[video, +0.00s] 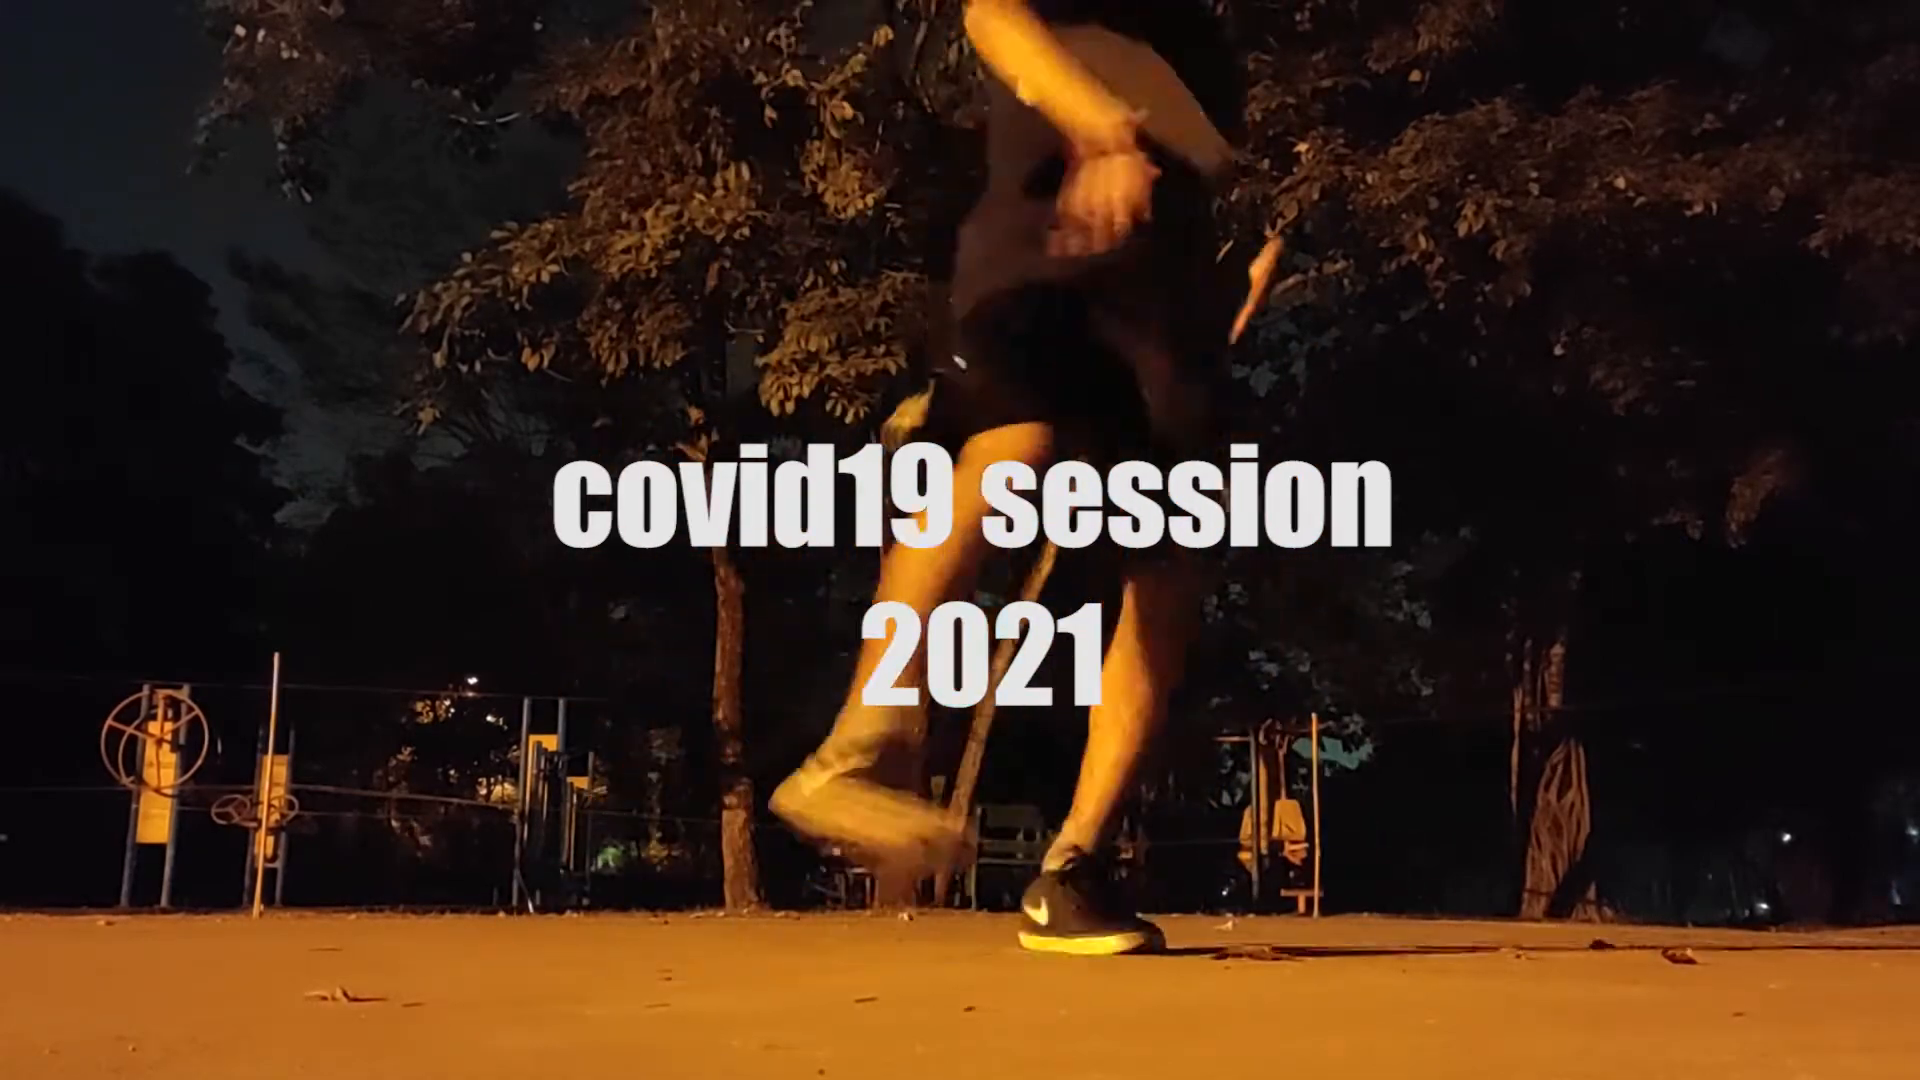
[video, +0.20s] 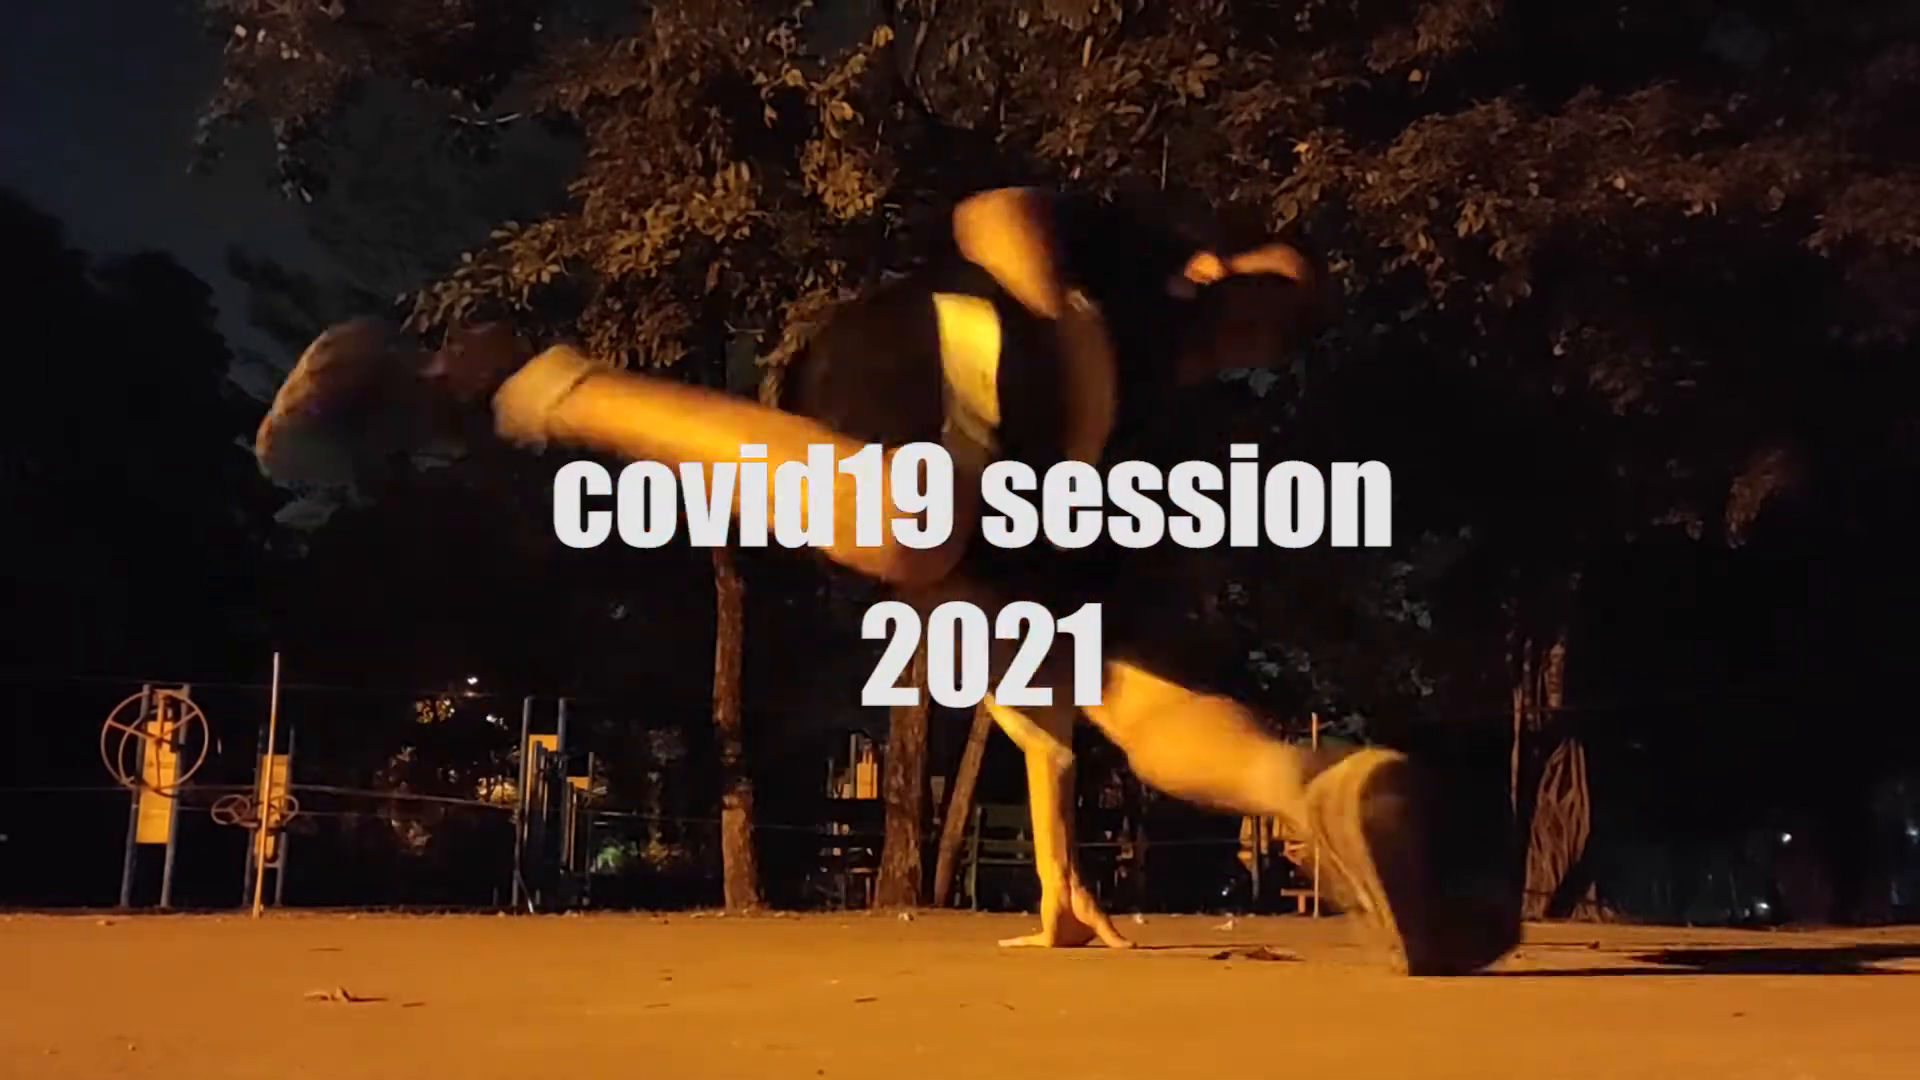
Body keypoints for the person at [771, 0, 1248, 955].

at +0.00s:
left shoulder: (1204, 29)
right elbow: (991, 12)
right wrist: (1100, 127)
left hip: (1172, 251)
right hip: (1029, 224)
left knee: (1171, 567)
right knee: (1008, 456)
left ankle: (1075, 869)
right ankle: (857, 750)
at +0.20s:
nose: (1268, 337)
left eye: (1285, 336)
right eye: (1269, 307)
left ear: (1266, 347)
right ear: (1224, 265)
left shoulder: (1159, 455)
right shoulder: (1122, 258)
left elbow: (1046, 674)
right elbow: (990, 216)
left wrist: (1058, 874)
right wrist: (1074, 340)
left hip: (975, 591)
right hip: (905, 481)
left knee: (1145, 696)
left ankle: (1318, 789)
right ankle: (486, 378)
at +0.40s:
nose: (1329, 362)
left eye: (1342, 363)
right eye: (1329, 327)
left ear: (1331, 386)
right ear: (1293, 280)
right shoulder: (1185, 249)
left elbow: (1043, 666)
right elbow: (1110, 125)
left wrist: (1061, 877)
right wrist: (1286, 227)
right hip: (982, 388)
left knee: (1350, 609)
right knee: (963, 337)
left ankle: (1316, 840)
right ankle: (561, 545)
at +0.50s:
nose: (1310, 350)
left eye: (1324, 346)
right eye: (1306, 322)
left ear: (1304, 376)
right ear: (1258, 293)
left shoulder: (1194, 488)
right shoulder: (1153, 254)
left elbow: (1058, 680)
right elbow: (1079, 111)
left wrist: (1058, 880)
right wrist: (1232, 60)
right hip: (1018, 375)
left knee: (1413, 501)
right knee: (878, 288)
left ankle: (1214, 826)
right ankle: (705, 707)